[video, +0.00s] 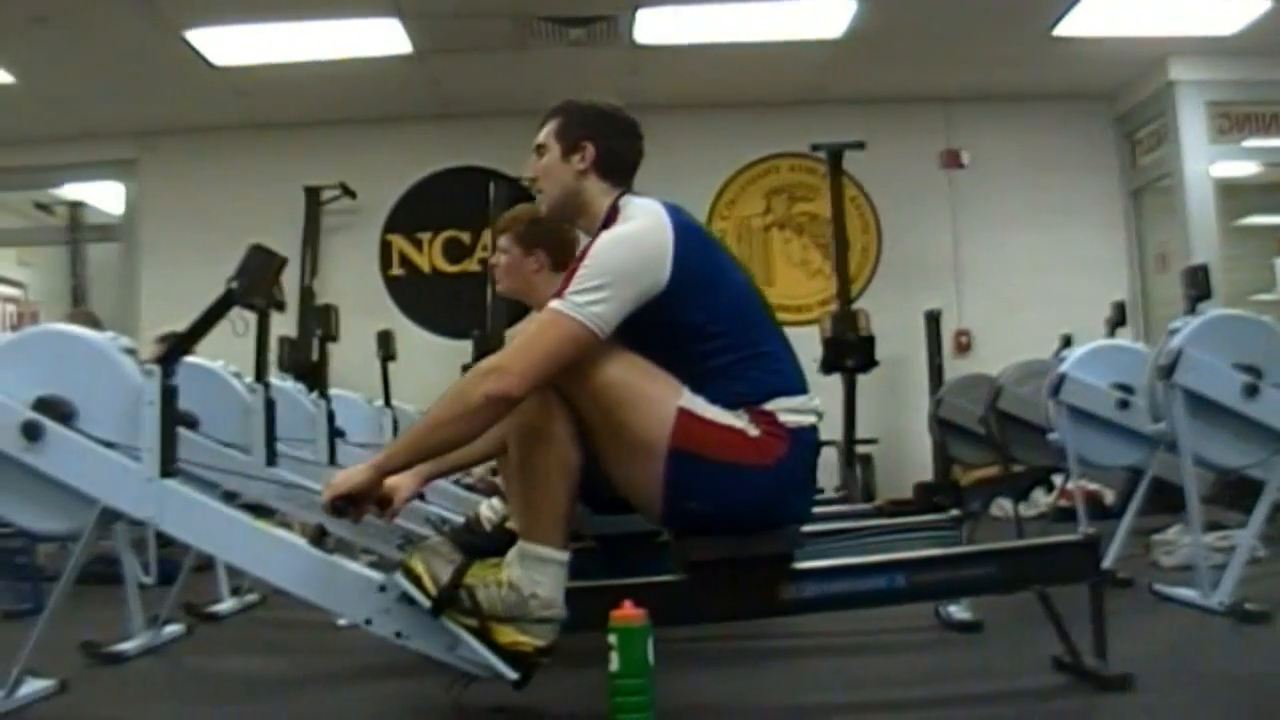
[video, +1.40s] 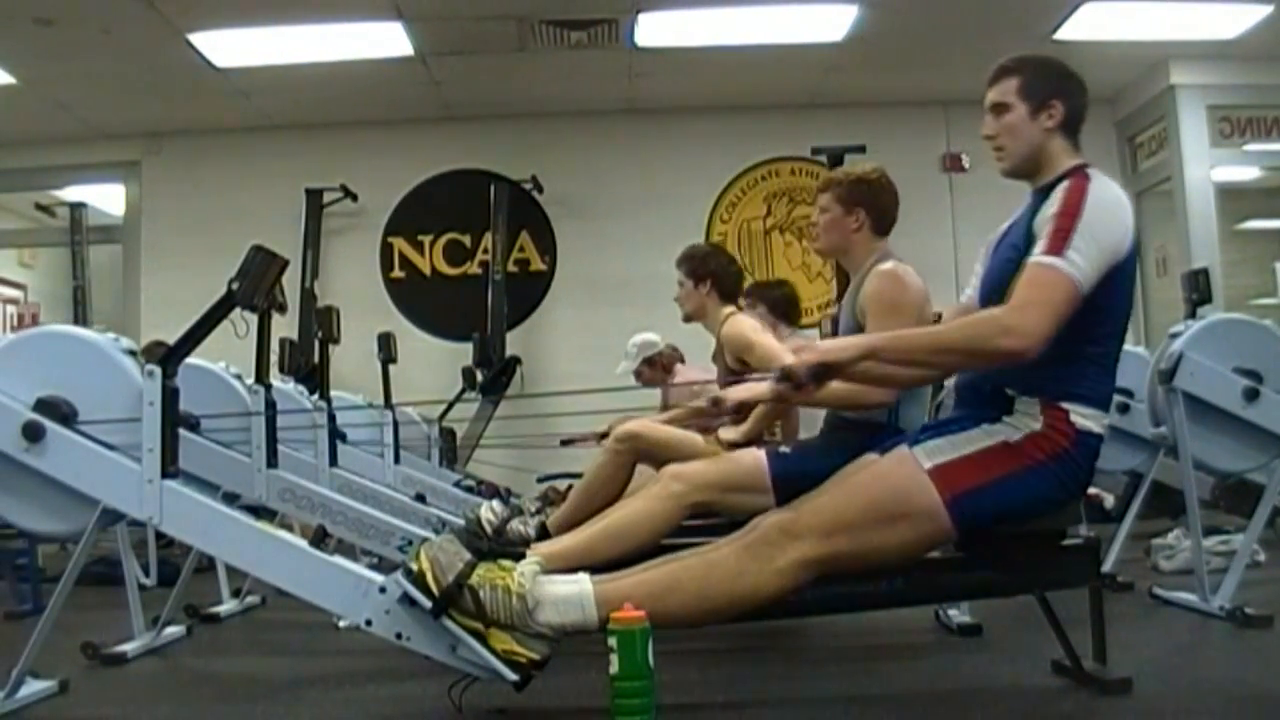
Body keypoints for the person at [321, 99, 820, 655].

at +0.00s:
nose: (529, 171)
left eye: (541, 154)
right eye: (532, 155)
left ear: (583, 158)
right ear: (588, 162)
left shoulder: (640, 233)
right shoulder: (621, 240)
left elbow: (506, 383)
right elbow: (523, 403)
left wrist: (377, 466)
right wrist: (416, 474)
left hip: (759, 460)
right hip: (741, 455)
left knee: (550, 360)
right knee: (545, 363)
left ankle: (534, 586)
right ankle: (533, 575)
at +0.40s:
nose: (615, 150)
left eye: (631, 134)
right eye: (620, 134)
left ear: (678, 143)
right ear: (677, 148)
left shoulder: (719, 223)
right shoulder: (696, 230)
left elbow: (589, 371)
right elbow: (584, 371)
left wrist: (444, 438)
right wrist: (457, 449)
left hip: (818, 459)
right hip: (784, 451)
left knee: (596, 358)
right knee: (580, 363)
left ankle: (540, 592)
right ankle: (529, 582)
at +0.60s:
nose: (713, 138)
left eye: (728, 121)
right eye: (716, 122)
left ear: (777, 129)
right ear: (771, 133)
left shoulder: (815, 212)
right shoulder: (776, 217)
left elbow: (669, 346)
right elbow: (669, 347)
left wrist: (520, 402)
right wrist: (533, 409)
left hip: (888, 449)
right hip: (839, 438)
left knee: (657, 383)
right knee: (633, 386)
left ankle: (547, 595)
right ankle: (532, 583)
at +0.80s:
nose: (804, 126)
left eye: (821, 110)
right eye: (808, 111)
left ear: (870, 121)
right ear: (858, 123)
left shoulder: (902, 206)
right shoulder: (866, 214)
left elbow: (758, 325)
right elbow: (755, 326)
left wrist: (600, 378)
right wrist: (608, 381)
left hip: (960, 441)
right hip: (916, 433)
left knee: (705, 414)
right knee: (687, 417)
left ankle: (546, 601)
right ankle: (540, 595)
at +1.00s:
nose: (879, 125)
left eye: (896, 107)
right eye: (883, 111)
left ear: (950, 117)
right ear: (939, 122)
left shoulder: (983, 202)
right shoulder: (944, 210)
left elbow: (842, 322)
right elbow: (826, 316)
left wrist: (679, 369)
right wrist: (681, 377)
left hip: (1014, 440)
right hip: (969, 436)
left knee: (753, 457)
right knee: (730, 458)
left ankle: (548, 605)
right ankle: (539, 596)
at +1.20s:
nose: (944, 125)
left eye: (960, 108)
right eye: (944, 111)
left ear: (1013, 115)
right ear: (985, 122)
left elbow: (924, 324)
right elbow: (888, 343)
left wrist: (762, 367)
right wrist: (762, 389)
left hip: (1041, 433)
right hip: (984, 428)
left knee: (799, 506)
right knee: (776, 502)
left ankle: (550, 607)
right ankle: (545, 601)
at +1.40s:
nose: (987, 133)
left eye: (1000, 115)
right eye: (985, 118)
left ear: (1053, 115)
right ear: (1025, 120)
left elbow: (1020, 333)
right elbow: (942, 357)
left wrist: (838, 360)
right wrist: (820, 380)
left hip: (1036, 431)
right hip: (985, 425)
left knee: (792, 539)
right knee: (780, 536)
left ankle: (551, 605)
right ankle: (551, 603)